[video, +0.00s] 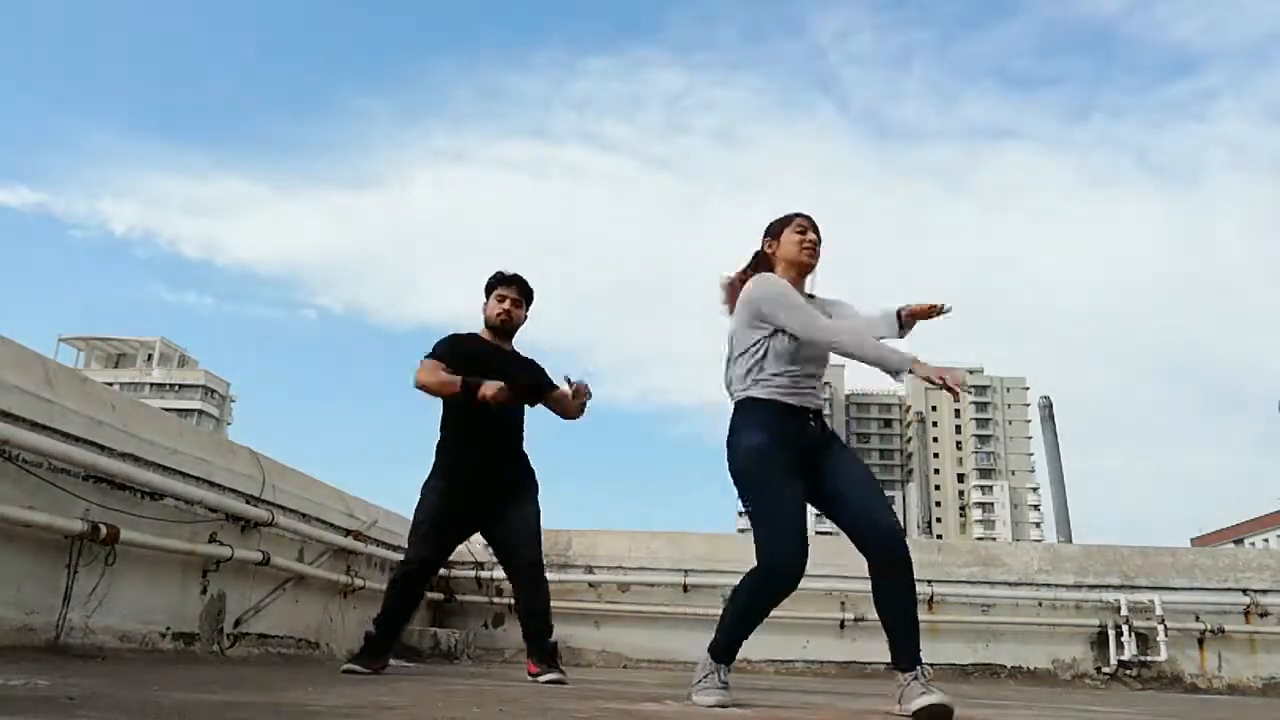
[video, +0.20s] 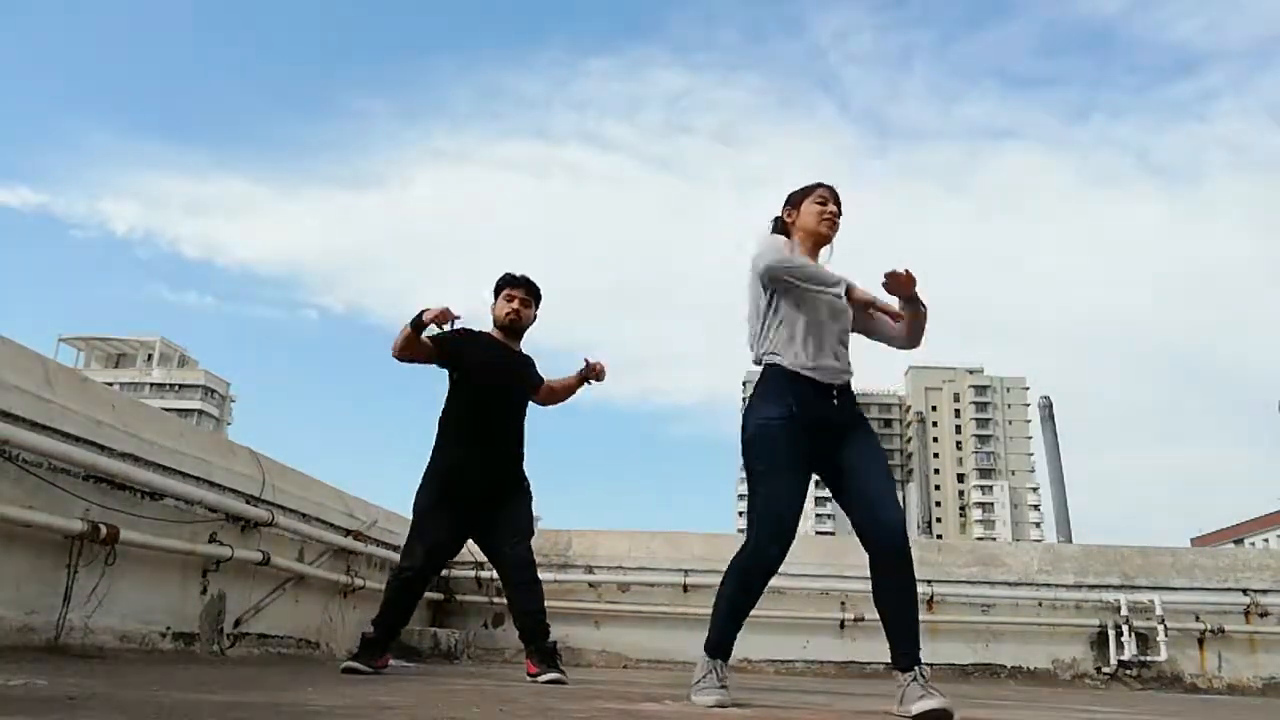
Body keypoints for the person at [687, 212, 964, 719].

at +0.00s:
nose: (811, 238)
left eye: (815, 234)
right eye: (798, 230)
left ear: (816, 254)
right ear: (770, 246)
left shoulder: (817, 304)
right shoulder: (763, 287)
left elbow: (854, 324)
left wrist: (903, 317)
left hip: (814, 436)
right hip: (762, 431)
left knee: (888, 543)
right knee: (782, 566)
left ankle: (911, 679)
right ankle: (714, 666)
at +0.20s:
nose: (831, 212)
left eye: (837, 209)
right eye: (820, 203)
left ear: (837, 228)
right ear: (790, 214)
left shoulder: (836, 290)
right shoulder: (772, 246)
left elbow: (907, 336)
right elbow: (773, 266)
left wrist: (912, 304)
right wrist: (855, 293)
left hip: (840, 410)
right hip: (781, 399)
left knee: (890, 535)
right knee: (769, 541)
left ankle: (911, 679)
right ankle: (712, 665)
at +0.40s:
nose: (845, 213)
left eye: (852, 209)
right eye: (833, 206)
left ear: (856, 229)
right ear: (805, 223)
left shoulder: (864, 294)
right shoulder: (786, 255)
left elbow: (938, 326)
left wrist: (913, 274)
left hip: (863, 416)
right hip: (800, 411)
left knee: (905, 543)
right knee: (777, 549)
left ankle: (915, 678)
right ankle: (710, 665)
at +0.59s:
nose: (851, 195)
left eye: (857, 188)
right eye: (837, 192)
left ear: (872, 204)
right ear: (822, 215)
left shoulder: (903, 246)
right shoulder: (808, 282)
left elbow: (937, 306)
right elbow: (791, 354)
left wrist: (915, 328)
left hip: (891, 397)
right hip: (822, 401)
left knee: (905, 538)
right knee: (768, 499)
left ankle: (916, 678)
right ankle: (770, 602)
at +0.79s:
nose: (843, 185)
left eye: (851, 178)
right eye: (830, 184)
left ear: (870, 194)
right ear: (821, 211)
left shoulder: (905, 234)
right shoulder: (822, 271)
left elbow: (952, 307)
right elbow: (800, 347)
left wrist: (1021, 267)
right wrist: (771, 324)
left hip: (893, 384)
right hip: (826, 384)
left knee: (899, 538)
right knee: (770, 478)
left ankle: (916, 681)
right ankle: (823, 510)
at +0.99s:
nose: (840, 186)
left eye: (848, 179)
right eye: (828, 188)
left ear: (870, 196)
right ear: (822, 215)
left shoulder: (902, 235)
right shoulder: (821, 276)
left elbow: (944, 291)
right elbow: (796, 345)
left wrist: (947, 216)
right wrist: (759, 294)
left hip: (885, 383)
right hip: (818, 387)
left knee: (889, 532)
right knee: (768, 508)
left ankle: (916, 679)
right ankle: (752, 639)